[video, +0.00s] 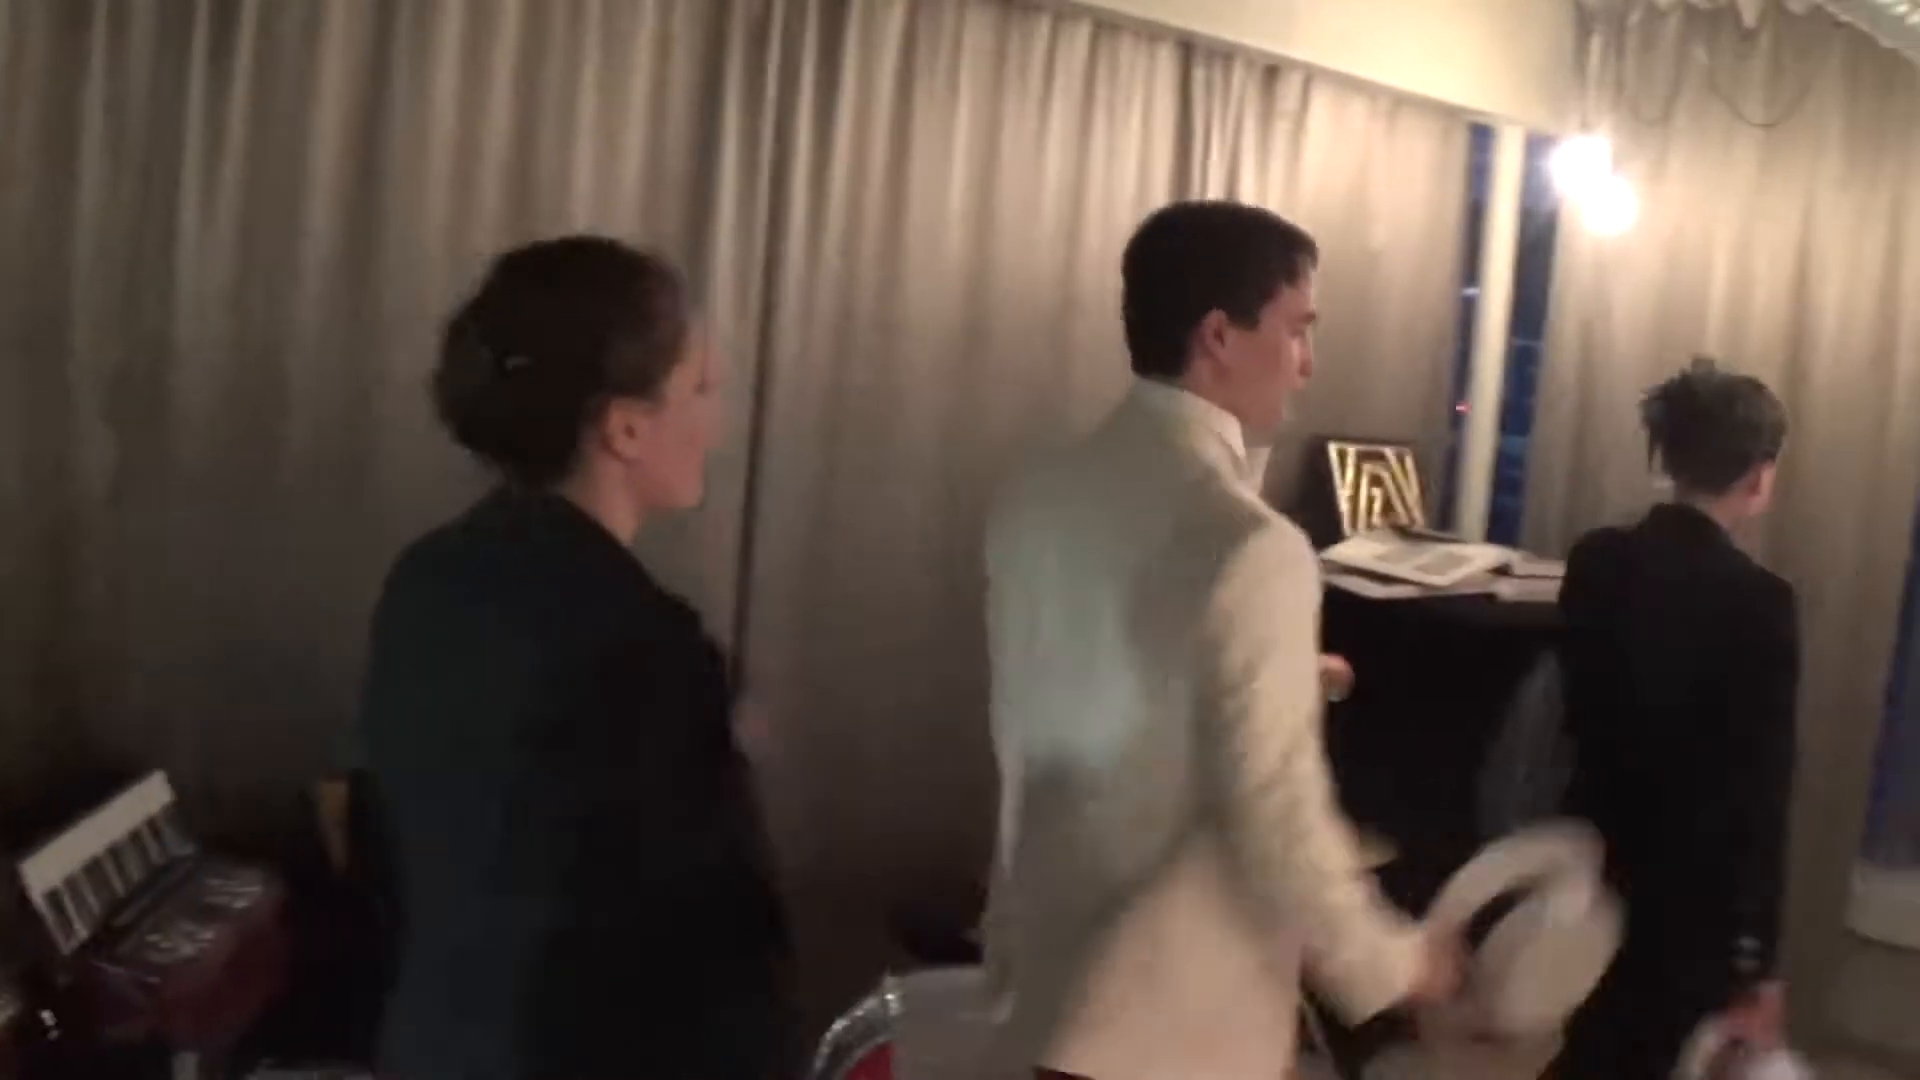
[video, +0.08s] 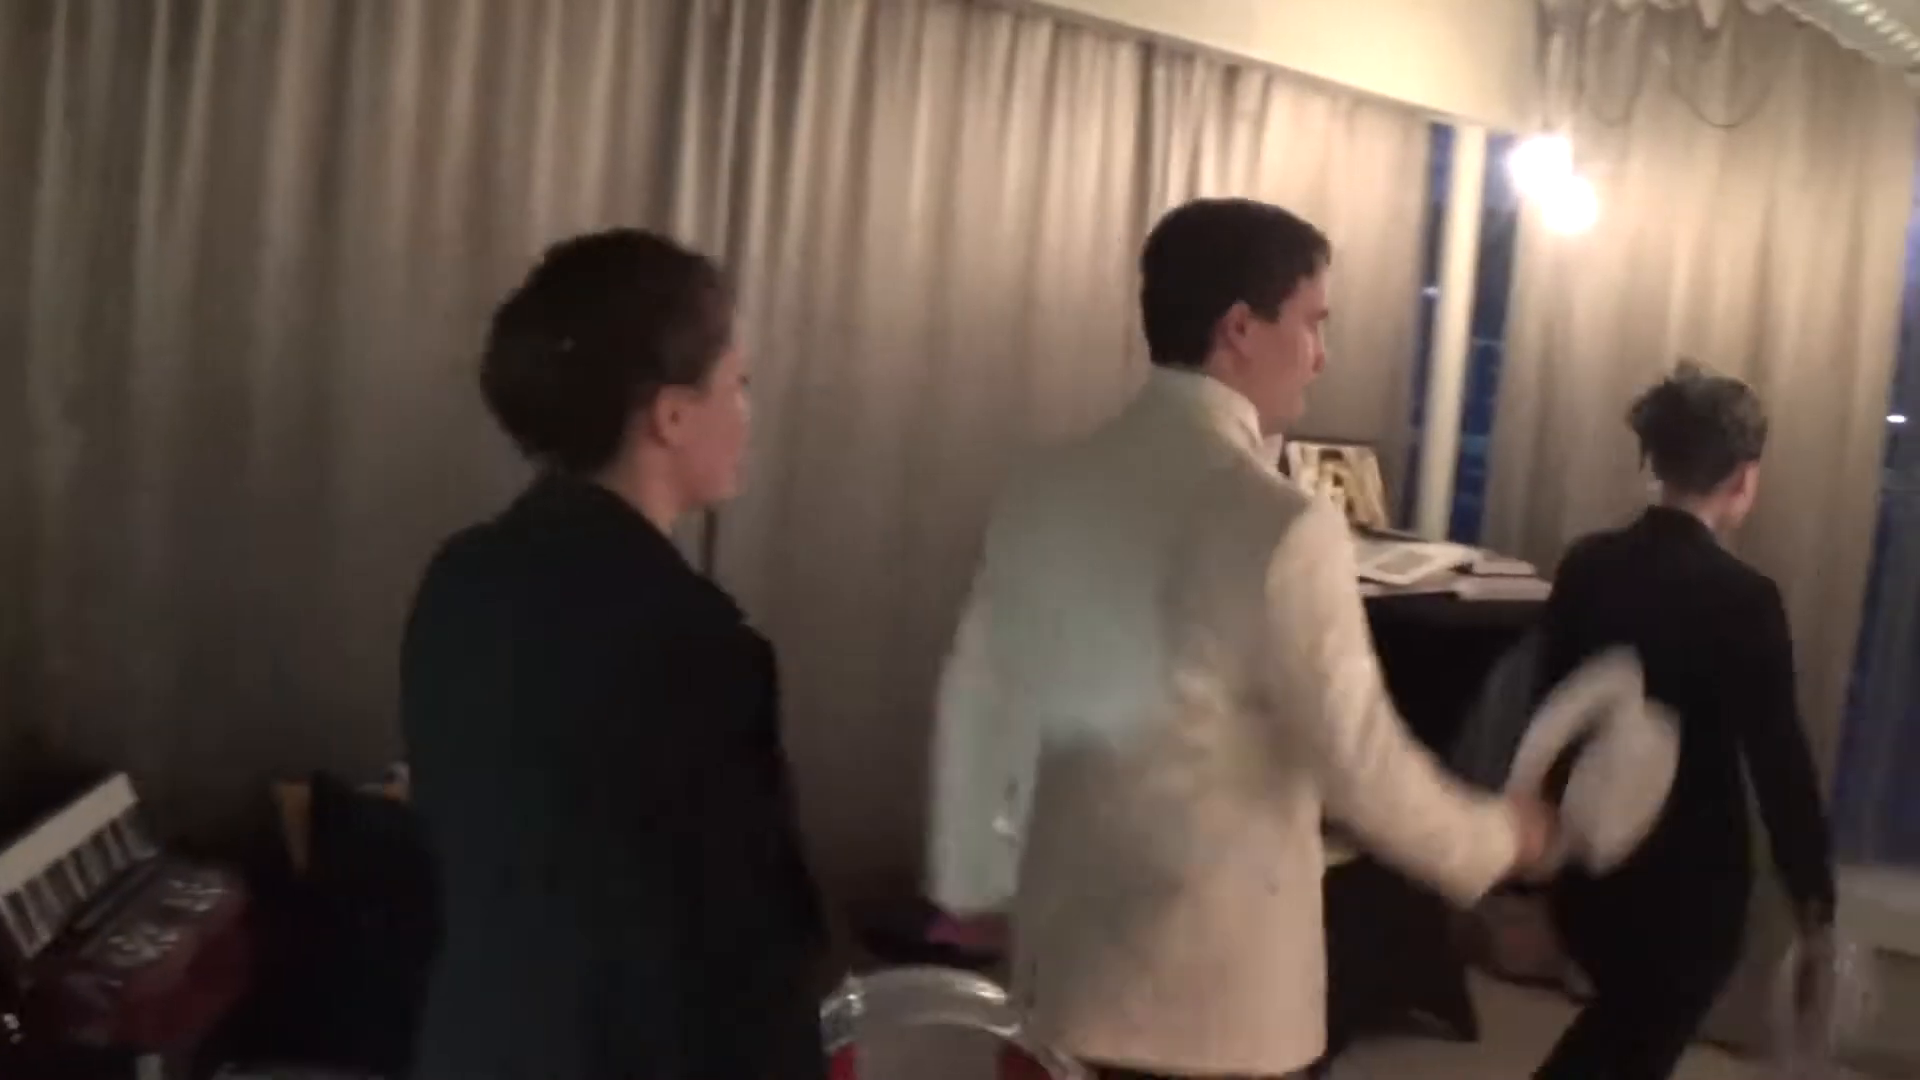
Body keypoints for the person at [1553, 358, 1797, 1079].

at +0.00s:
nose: (1771, 484)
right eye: (1773, 468)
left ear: (1667, 457)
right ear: (1761, 479)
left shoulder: (1595, 560)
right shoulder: (1760, 600)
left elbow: (1579, 719)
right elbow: (1763, 793)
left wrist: (1589, 844)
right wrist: (1759, 961)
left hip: (1604, 844)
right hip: (1703, 863)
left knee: (1600, 1023)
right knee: (1649, 1041)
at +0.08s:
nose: (1757, 486)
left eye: (1754, 467)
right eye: (1758, 470)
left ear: (1655, 462)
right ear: (1742, 478)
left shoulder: (1587, 563)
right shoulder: (1742, 598)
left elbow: (1549, 717)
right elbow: (1777, 759)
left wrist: (1535, 846)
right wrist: (1813, 898)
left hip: (1587, 859)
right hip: (1693, 873)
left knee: (1616, 1023)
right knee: (1642, 1048)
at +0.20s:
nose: (1732, 461)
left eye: (1727, 443)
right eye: (1732, 446)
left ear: (1631, 437)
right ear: (1718, 453)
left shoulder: (1562, 540)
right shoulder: (1728, 563)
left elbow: (1493, 677)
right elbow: (1793, 706)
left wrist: (1456, 809)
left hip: (1557, 829)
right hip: (1660, 843)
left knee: (1600, 986)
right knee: (1615, 1031)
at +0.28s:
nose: (1710, 459)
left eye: (1707, 443)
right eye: (1708, 444)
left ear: (1615, 441)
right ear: (1694, 454)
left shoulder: (1545, 537)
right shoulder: (1704, 554)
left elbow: (1493, 650)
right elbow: (1779, 656)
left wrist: (1440, 744)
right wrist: (1831, 632)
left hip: (1546, 802)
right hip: (1643, 815)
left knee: (1595, 995)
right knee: (1577, 1000)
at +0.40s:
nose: (1682, 467)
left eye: (1678, 452)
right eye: (1680, 453)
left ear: (1591, 454)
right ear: (1666, 464)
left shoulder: (1535, 547)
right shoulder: (1681, 561)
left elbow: (1474, 678)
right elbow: (1750, 666)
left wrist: (1439, 784)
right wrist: (1795, 673)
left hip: (1530, 819)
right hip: (1629, 824)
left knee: (1572, 1006)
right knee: (1585, 1018)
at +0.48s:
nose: (1666, 473)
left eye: (1662, 457)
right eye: (1665, 458)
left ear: (1578, 455)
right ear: (1653, 465)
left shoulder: (1526, 552)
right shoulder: (1673, 569)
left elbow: (1478, 694)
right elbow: (1710, 697)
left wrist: (1447, 822)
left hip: (1528, 805)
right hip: (1620, 814)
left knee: (1558, 1002)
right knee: (1614, 1010)